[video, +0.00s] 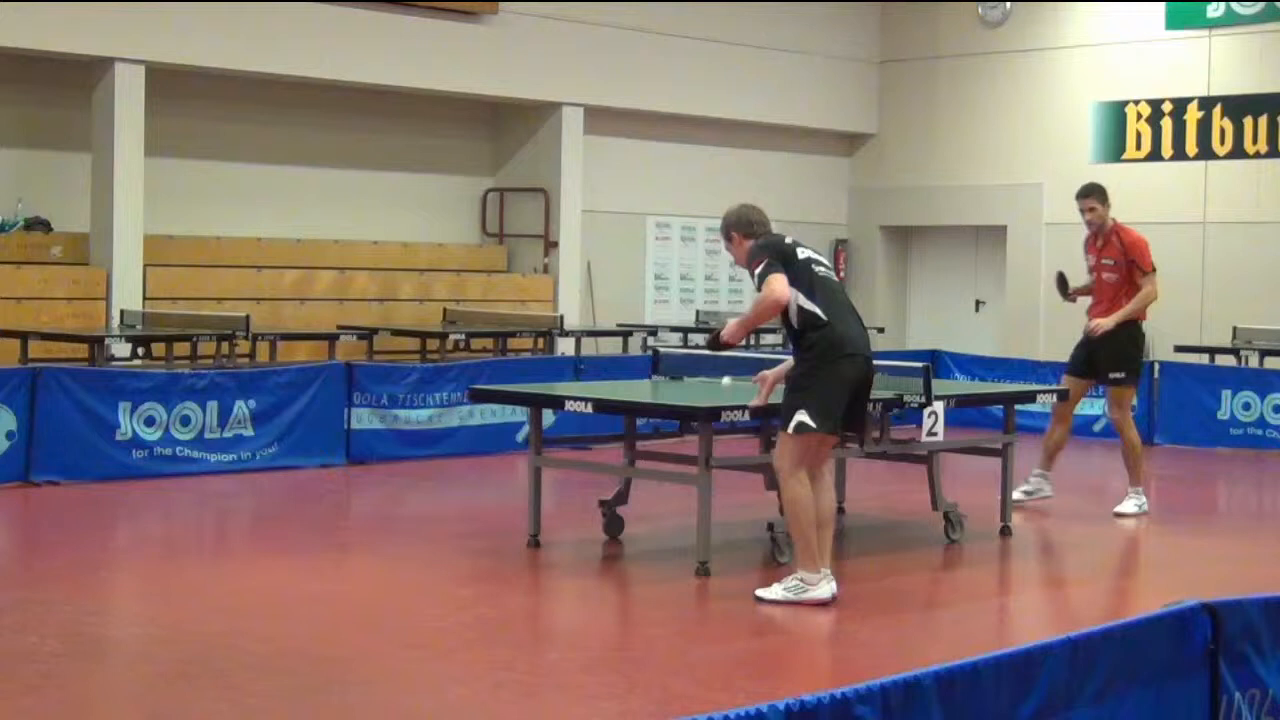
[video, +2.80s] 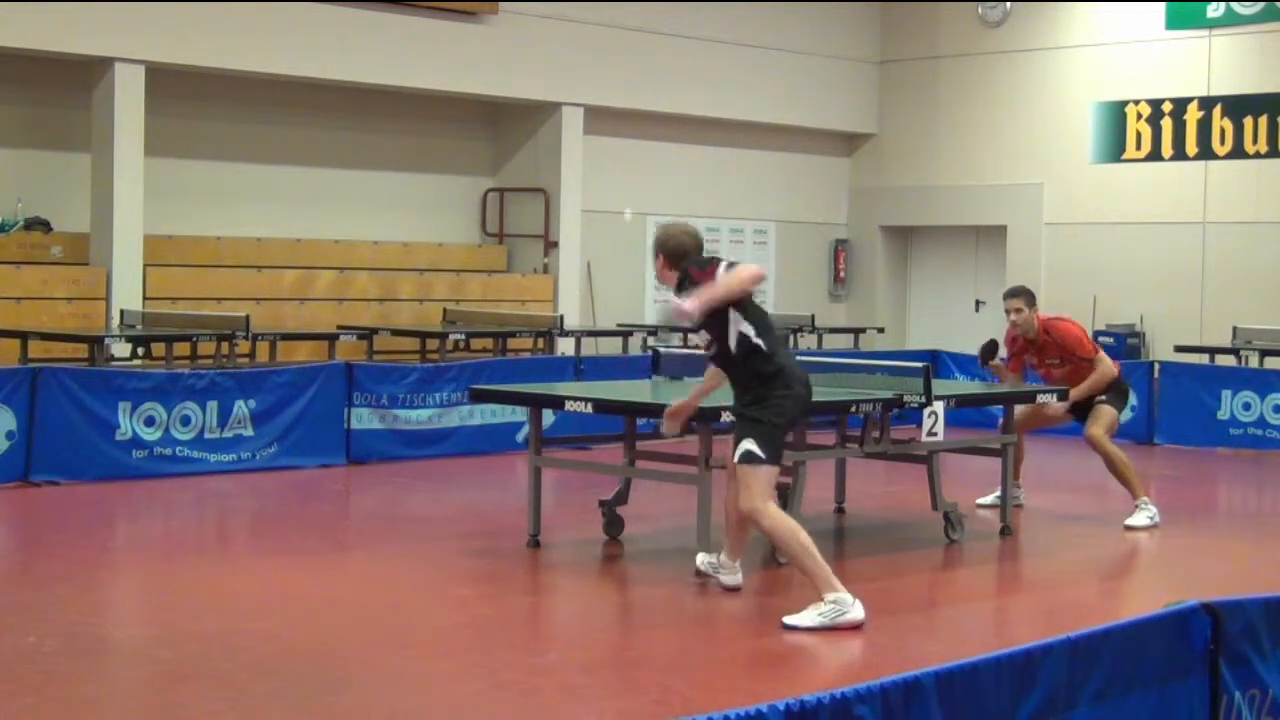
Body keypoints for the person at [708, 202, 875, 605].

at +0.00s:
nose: (731, 257)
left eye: (729, 248)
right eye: (728, 249)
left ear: (738, 238)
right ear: (764, 232)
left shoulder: (762, 251)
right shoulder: (802, 253)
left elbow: (779, 293)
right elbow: (829, 332)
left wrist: (743, 326)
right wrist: (778, 372)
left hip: (827, 361)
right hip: (855, 361)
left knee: (787, 463)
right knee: (816, 465)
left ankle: (809, 576)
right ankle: (822, 574)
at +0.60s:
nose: (704, 282)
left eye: (701, 274)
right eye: (701, 275)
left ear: (709, 267)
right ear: (736, 258)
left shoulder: (734, 280)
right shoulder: (771, 278)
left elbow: (744, 328)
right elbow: (807, 348)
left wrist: (707, 353)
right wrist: (756, 377)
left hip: (810, 374)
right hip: (836, 372)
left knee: (754, 474)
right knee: (751, 447)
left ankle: (808, 577)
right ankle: (747, 554)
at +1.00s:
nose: (666, 317)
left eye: (664, 309)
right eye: (664, 310)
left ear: (670, 305)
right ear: (698, 293)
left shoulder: (692, 316)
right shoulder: (725, 308)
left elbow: (690, 374)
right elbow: (738, 382)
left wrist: (666, 376)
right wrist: (689, 378)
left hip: (774, 393)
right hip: (802, 389)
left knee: (716, 491)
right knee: (723, 468)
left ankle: (800, 567)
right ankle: (719, 563)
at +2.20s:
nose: (647, 294)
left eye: (646, 287)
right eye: (646, 287)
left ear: (654, 286)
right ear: (681, 277)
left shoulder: (676, 307)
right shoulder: (700, 298)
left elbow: (644, 371)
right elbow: (675, 343)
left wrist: (624, 330)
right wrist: (635, 325)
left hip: (759, 403)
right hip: (752, 400)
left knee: (740, 509)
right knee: (697, 456)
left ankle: (825, 584)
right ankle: (717, 562)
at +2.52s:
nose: (674, 256)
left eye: (675, 250)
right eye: (675, 249)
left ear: (684, 255)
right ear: (712, 252)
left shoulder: (713, 287)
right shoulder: (721, 279)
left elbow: (727, 356)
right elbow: (695, 327)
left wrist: (688, 378)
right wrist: (644, 341)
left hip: (781, 398)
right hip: (771, 395)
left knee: (748, 510)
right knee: (719, 455)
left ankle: (838, 598)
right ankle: (721, 563)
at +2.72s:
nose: (663, 251)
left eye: (664, 245)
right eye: (665, 244)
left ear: (673, 251)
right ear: (695, 248)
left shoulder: (709, 271)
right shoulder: (697, 285)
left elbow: (765, 290)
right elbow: (720, 347)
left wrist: (733, 346)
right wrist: (674, 387)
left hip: (780, 384)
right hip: (759, 386)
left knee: (758, 502)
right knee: (740, 470)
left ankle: (838, 599)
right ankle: (731, 563)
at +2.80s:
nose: (656, 268)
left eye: (657, 261)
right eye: (656, 261)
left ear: (668, 263)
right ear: (688, 257)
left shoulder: (710, 274)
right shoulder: (698, 293)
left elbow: (753, 273)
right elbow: (726, 360)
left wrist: (701, 300)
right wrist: (691, 401)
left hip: (776, 387)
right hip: (756, 390)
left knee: (756, 504)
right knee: (739, 475)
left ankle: (839, 598)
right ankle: (729, 564)